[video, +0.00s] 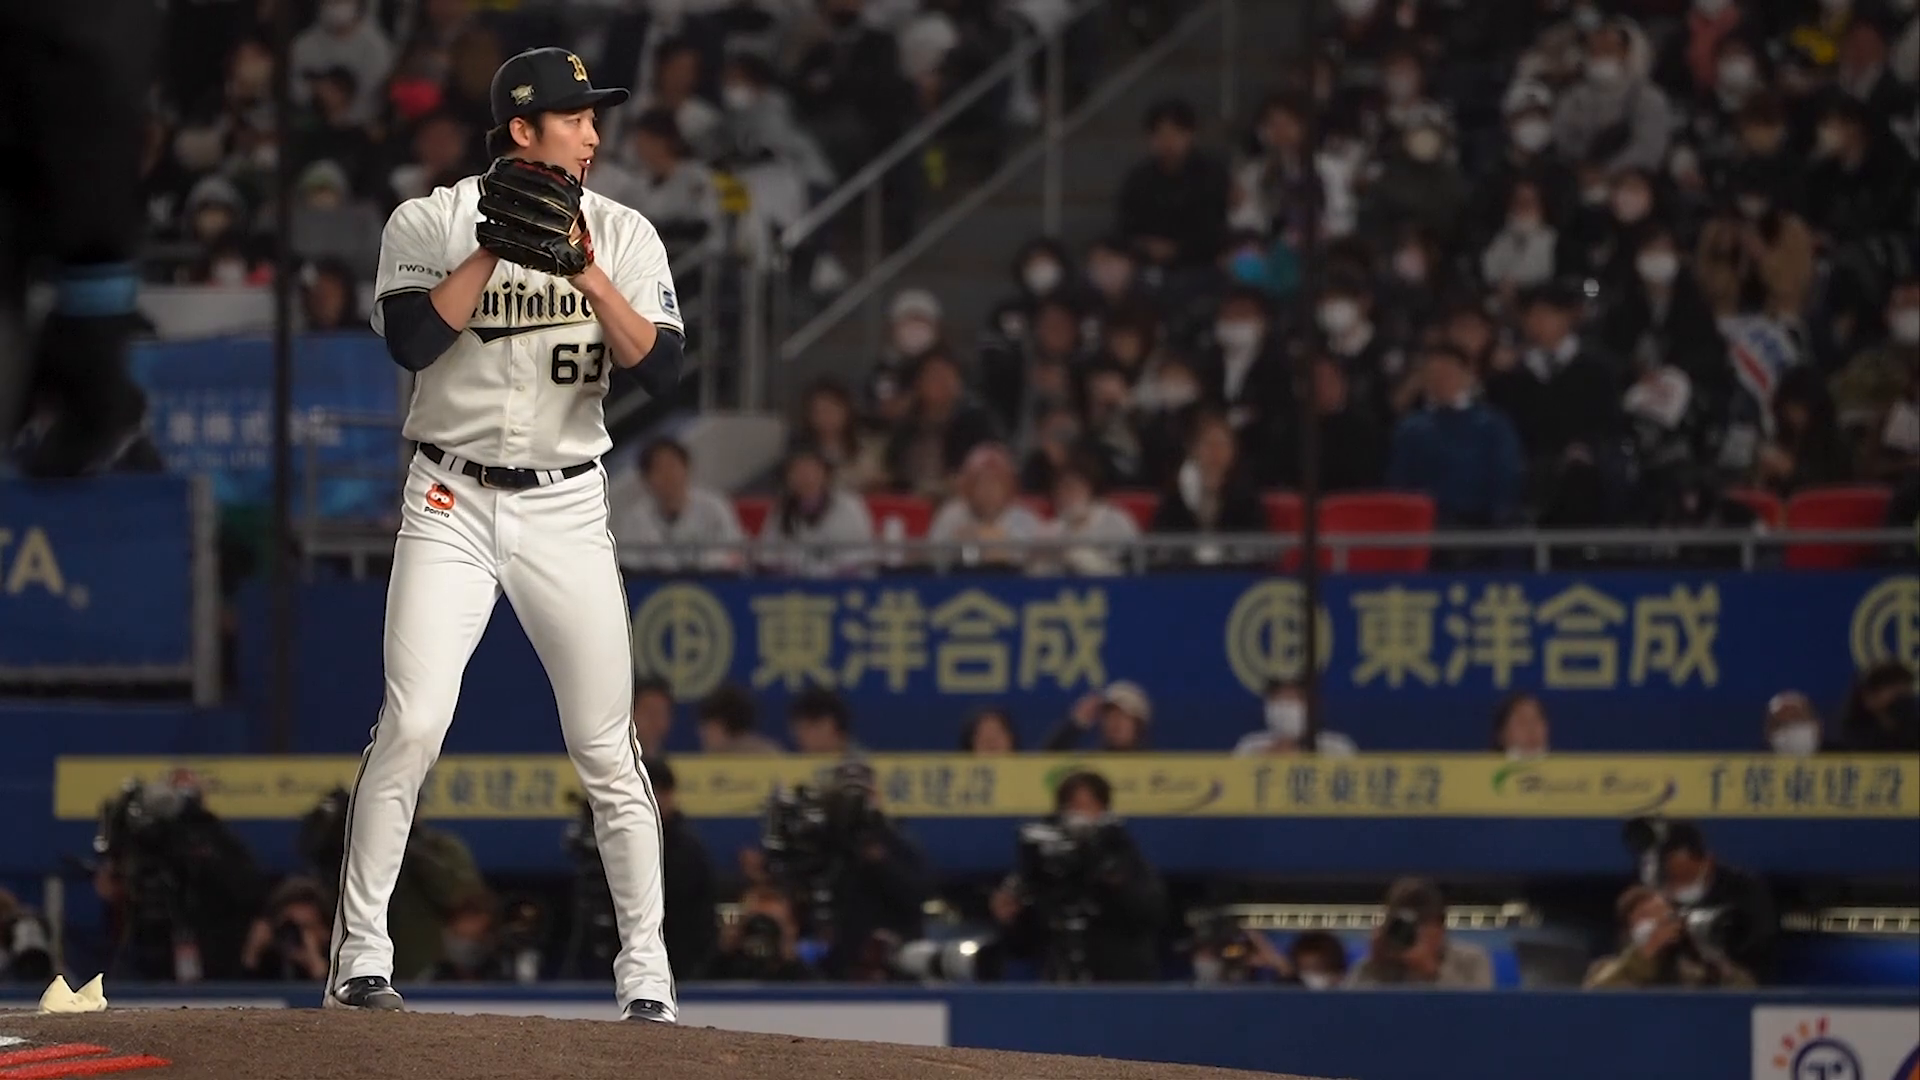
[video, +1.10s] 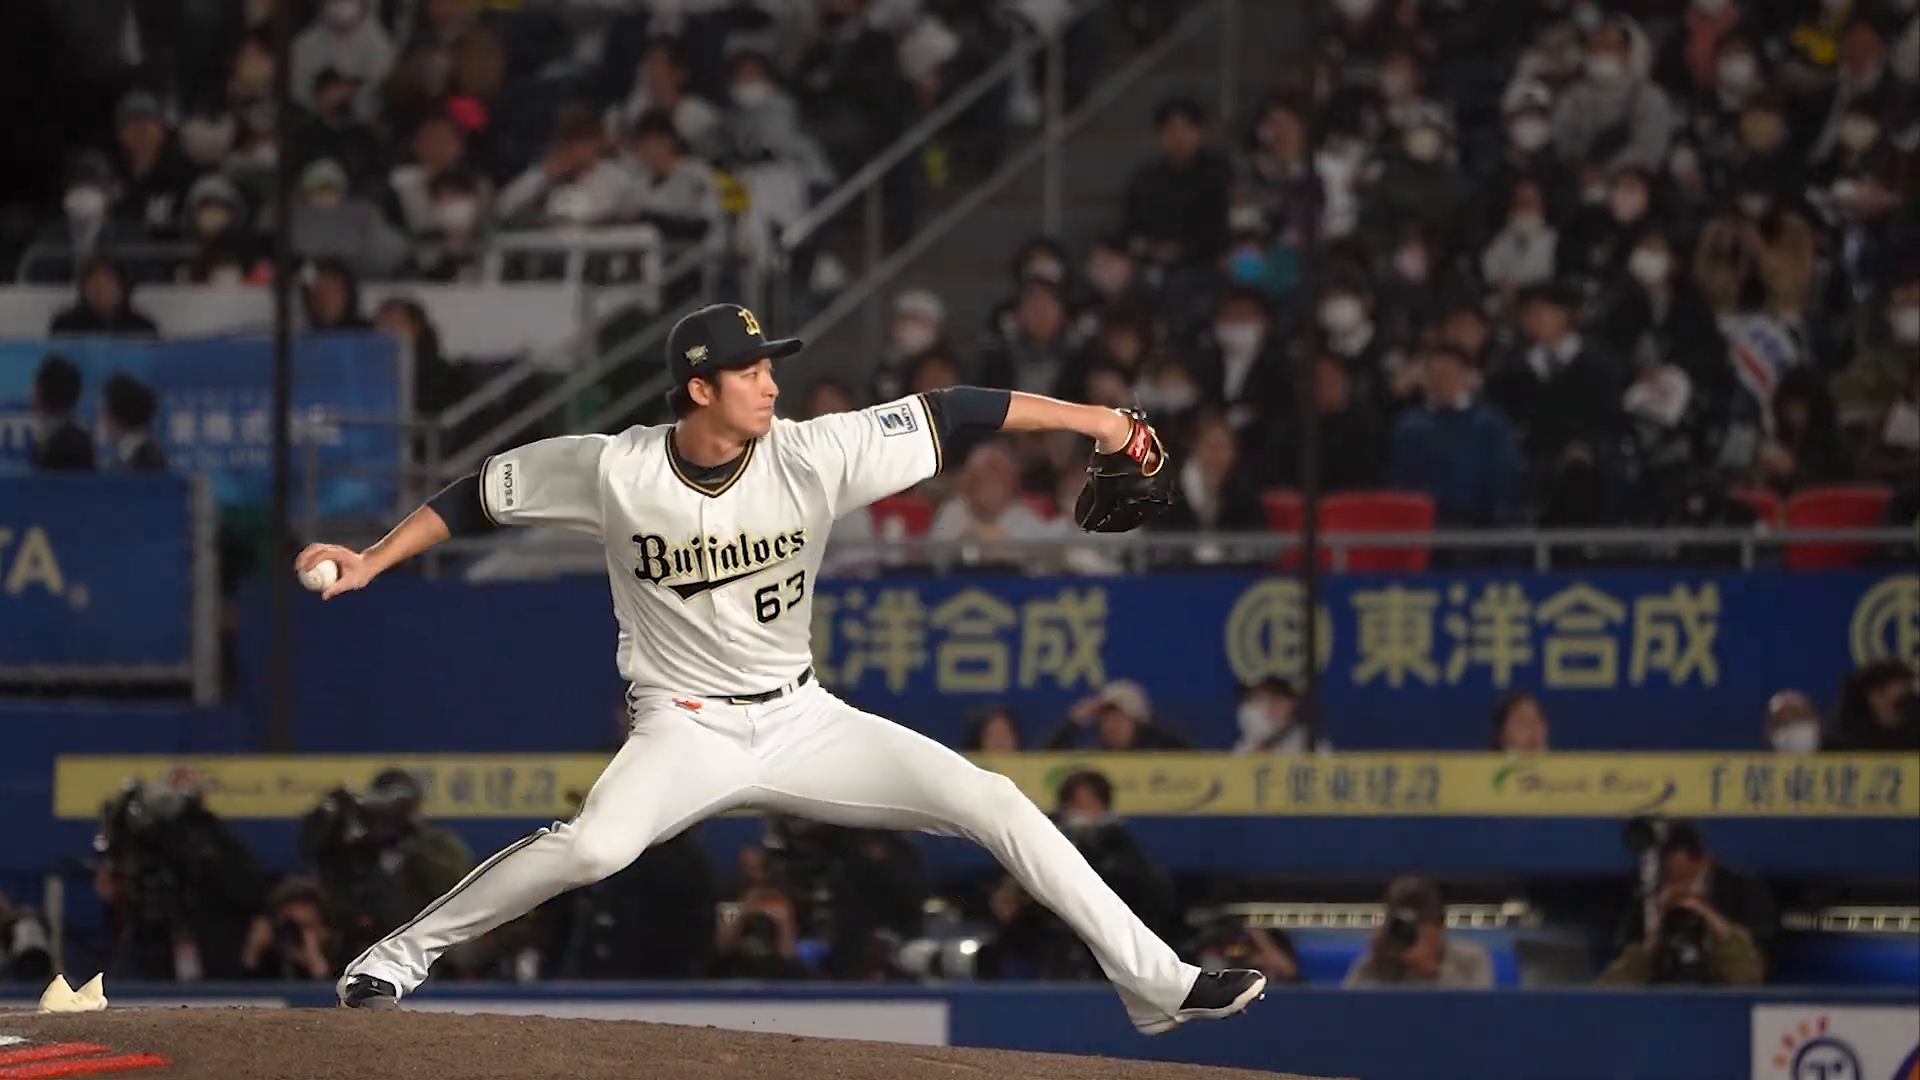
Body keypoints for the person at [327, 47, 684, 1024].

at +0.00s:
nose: (590, 131)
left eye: (593, 115)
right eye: (571, 115)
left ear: (589, 130)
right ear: (518, 127)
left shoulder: (626, 235)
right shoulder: (429, 221)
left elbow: (660, 372)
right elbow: (409, 345)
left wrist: (590, 277)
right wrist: (493, 248)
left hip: (567, 512)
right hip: (448, 503)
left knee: (605, 749)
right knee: (412, 722)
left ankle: (647, 978)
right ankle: (360, 959)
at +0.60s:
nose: (594, 146)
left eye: (596, 130)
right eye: (577, 129)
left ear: (584, 142)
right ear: (520, 137)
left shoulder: (624, 244)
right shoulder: (428, 223)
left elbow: (656, 386)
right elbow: (395, 354)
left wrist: (603, 317)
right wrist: (497, 276)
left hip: (569, 509)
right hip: (449, 503)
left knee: (595, 732)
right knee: (409, 721)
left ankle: (612, 945)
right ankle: (360, 957)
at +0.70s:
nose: (600, 183)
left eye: (600, 168)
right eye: (582, 168)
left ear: (584, 181)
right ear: (526, 180)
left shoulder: (627, 285)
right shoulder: (430, 268)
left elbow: (683, 434)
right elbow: (386, 409)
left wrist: (635, 430)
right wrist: (481, 382)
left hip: (575, 529)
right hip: (458, 529)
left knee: (557, 678)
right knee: (413, 729)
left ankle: (537, 861)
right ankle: (363, 948)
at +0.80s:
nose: (602, 248)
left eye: (602, 232)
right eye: (584, 233)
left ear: (595, 241)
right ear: (530, 245)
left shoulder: (634, 349)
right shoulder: (443, 338)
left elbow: (701, 486)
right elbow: (390, 479)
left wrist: (688, 574)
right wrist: (434, 564)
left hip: (590, 567)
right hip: (474, 570)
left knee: (591, 715)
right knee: (425, 743)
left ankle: (551, 929)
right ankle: (362, 954)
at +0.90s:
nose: (619, 312)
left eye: (618, 295)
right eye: (599, 298)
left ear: (612, 305)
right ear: (546, 312)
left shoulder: (656, 405)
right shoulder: (460, 407)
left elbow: (752, 523)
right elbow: (395, 554)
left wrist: (829, 650)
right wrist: (347, 700)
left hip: (625, 618)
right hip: (505, 629)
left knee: (673, 765)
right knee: (451, 762)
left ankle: (739, 930)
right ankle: (365, 962)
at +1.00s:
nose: (673, 369)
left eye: (673, 353)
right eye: (654, 354)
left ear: (660, 366)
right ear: (594, 367)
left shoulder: (709, 449)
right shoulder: (505, 466)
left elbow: (858, 511)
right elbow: (392, 569)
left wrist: (1006, 548)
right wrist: (275, 662)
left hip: (692, 673)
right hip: (569, 687)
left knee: (815, 789)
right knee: (500, 792)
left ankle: (973, 962)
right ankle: (382, 947)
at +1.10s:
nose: (775, 384)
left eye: (773, 369)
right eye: (757, 371)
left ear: (754, 387)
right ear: (699, 388)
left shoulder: (809, 458)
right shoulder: (609, 471)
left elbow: (950, 416)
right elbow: (479, 493)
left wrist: (1091, 418)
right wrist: (373, 559)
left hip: (806, 719)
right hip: (688, 727)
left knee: (995, 801)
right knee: (591, 847)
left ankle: (1160, 984)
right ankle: (406, 953)